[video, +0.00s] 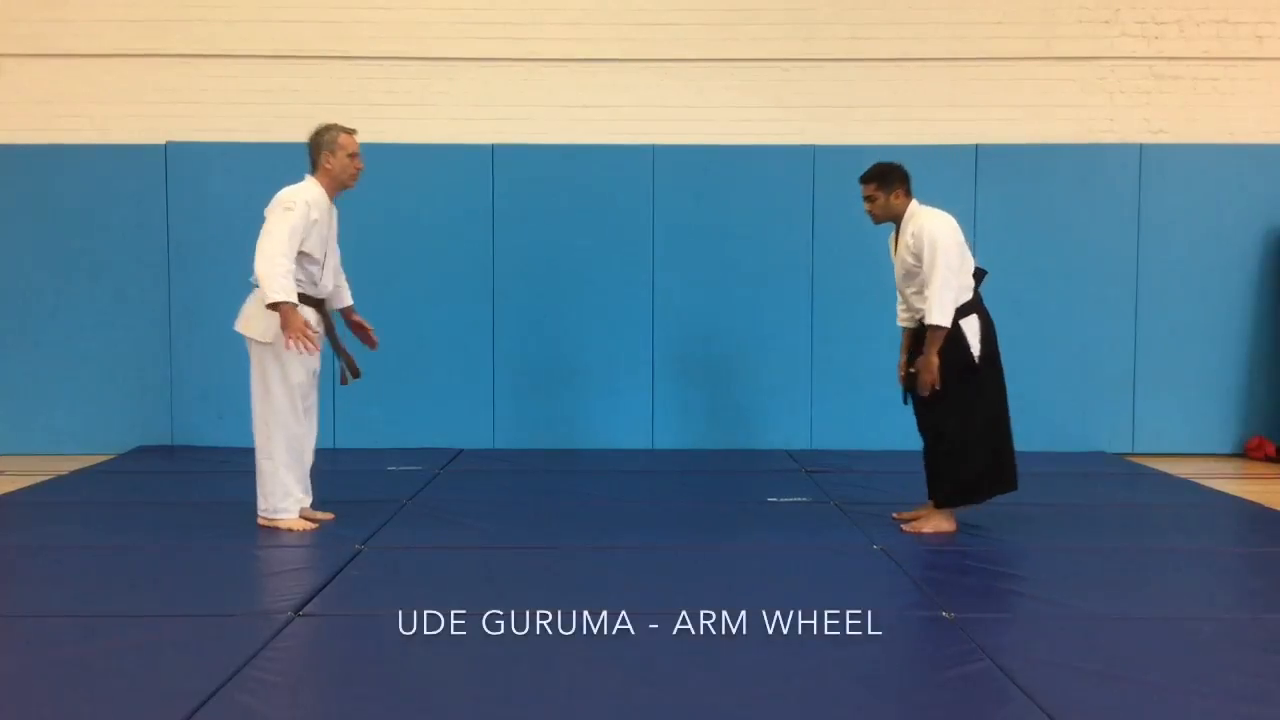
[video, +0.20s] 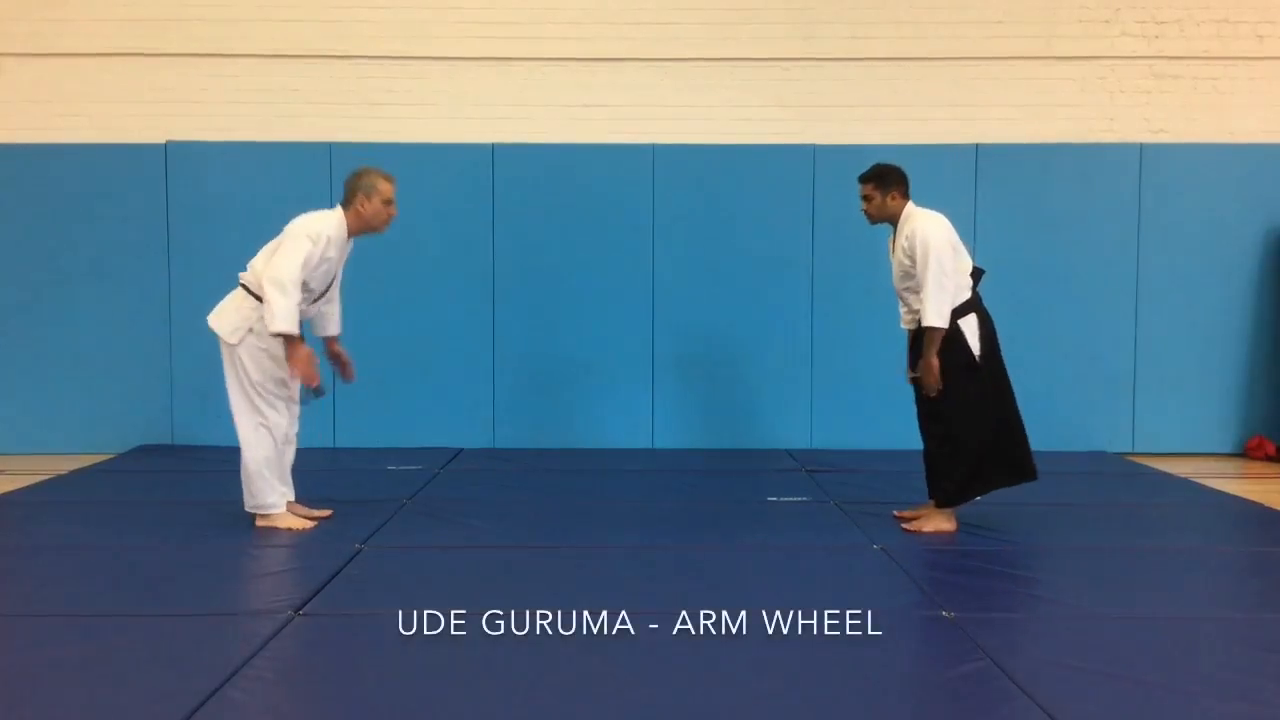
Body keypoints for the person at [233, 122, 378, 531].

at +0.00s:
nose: (360, 164)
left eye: (359, 156)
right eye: (352, 156)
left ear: (335, 161)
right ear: (327, 160)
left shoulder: (325, 207)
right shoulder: (297, 201)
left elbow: (330, 269)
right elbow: (272, 256)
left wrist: (349, 314)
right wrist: (288, 311)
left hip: (306, 318)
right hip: (281, 318)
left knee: (300, 412)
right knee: (280, 413)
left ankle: (295, 502)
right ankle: (274, 508)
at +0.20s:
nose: (394, 213)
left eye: (394, 204)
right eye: (388, 204)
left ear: (364, 204)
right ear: (361, 203)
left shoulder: (339, 239)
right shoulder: (314, 229)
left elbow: (325, 294)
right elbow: (280, 281)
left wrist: (332, 343)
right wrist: (293, 346)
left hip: (279, 324)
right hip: (252, 323)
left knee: (286, 412)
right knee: (266, 415)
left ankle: (283, 500)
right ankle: (267, 509)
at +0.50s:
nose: (384, 190)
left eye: (385, 182)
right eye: (377, 181)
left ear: (355, 182)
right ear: (351, 180)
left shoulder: (356, 226)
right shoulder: (306, 218)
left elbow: (353, 285)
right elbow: (291, 283)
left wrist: (377, 327)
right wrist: (315, 336)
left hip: (313, 327)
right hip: (276, 328)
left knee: (311, 415)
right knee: (289, 415)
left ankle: (291, 499)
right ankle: (287, 505)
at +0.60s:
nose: (378, 185)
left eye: (379, 177)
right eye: (372, 176)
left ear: (351, 176)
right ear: (345, 174)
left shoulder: (357, 220)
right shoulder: (304, 216)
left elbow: (370, 273)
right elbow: (319, 283)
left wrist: (412, 289)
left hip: (326, 329)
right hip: (288, 327)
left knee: (344, 411)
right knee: (297, 415)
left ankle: (302, 495)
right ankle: (292, 506)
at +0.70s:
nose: (379, 186)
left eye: (380, 177)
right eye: (373, 177)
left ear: (355, 178)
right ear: (346, 177)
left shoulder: (367, 221)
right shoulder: (310, 217)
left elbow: (391, 277)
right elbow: (344, 273)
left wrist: (423, 262)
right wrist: (401, 254)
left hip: (340, 330)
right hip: (299, 327)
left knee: (377, 406)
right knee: (304, 420)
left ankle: (332, 481)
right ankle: (295, 509)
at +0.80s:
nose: (391, 187)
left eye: (392, 179)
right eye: (385, 179)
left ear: (364, 179)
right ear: (358, 177)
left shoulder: (381, 220)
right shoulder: (322, 215)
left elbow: (415, 265)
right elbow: (350, 265)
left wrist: (434, 244)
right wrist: (399, 236)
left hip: (358, 332)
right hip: (316, 330)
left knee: (402, 402)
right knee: (316, 417)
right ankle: (296, 509)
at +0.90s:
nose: (412, 189)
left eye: (413, 181)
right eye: (406, 181)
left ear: (391, 182)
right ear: (379, 180)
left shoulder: (409, 226)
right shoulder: (336, 218)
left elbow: (443, 262)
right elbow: (333, 264)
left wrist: (456, 228)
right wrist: (381, 239)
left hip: (378, 334)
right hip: (334, 331)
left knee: (421, 405)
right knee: (329, 421)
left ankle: (451, 491)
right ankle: (300, 510)